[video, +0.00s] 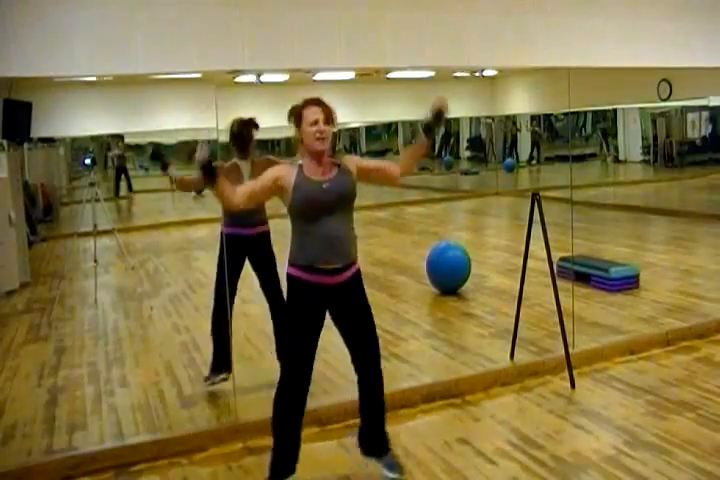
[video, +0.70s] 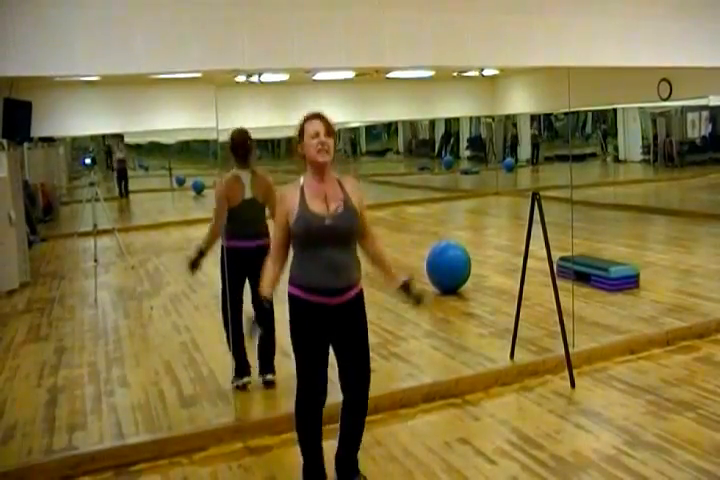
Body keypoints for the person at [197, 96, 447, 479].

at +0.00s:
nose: (322, 129)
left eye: (326, 122)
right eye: (313, 124)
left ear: (334, 128)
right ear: (298, 132)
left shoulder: (348, 167)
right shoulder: (283, 174)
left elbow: (399, 170)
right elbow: (237, 201)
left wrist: (430, 132)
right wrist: (213, 173)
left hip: (347, 281)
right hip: (305, 283)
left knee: (369, 364)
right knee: (295, 378)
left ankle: (375, 446)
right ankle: (281, 469)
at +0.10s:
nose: (321, 153)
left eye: (326, 146)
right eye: (313, 147)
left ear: (333, 153)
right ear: (299, 155)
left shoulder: (347, 184)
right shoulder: (287, 194)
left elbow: (388, 148)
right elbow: (237, 170)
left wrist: (385, 92)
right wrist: (242, 116)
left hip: (349, 306)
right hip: (305, 311)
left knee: (383, 383)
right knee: (282, 399)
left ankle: (406, 462)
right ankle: (259, 475)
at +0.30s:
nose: (319, 151)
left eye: (324, 144)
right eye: (311, 146)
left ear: (332, 150)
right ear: (298, 154)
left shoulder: (345, 183)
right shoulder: (287, 194)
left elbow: (387, 152)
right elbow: (239, 166)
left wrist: (395, 104)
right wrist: (244, 112)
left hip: (351, 307)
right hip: (306, 311)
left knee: (381, 384)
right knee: (284, 399)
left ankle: (404, 455)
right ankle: (264, 474)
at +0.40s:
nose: (321, 128)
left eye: (325, 122)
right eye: (312, 124)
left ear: (333, 131)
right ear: (297, 135)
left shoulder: (349, 167)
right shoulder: (286, 175)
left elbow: (395, 177)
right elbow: (233, 197)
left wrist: (434, 161)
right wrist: (207, 178)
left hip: (348, 284)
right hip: (304, 287)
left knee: (370, 366)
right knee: (295, 378)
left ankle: (384, 449)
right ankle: (280, 470)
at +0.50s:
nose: (321, 133)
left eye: (326, 127)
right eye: (314, 128)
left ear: (334, 133)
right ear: (300, 137)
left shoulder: (351, 181)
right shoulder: (287, 188)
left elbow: (380, 225)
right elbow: (261, 234)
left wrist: (422, 248)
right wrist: (243, 251)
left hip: (347, 289)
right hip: (304, 292)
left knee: (360, 377)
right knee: (310, 382)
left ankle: (357, 460)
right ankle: (308, 466)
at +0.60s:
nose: (323, 155)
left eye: (327, 148)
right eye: (314, 150)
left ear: (334, 154)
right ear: (301, 159)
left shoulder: (348, 201)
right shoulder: (288, 209)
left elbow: (360, 261)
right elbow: (280, 269)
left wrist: (377, 311)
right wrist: (277, 318)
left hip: (350, 315)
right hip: (307, 318)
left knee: (355, 402)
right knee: (316, 404)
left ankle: (345, 466)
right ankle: (317, 472)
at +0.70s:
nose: (321, 141)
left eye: (326, 135)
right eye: (313, 137)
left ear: (334, 142)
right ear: (301, 146)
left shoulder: (350, 188)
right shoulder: (289, 195)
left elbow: (368, 241)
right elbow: (277, 254)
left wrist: (398, 279)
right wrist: (265, 293)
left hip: (349, 302)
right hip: (306, 304)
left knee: (357, 388)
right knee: (312, 390)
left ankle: (347, 465)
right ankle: (313, 469)